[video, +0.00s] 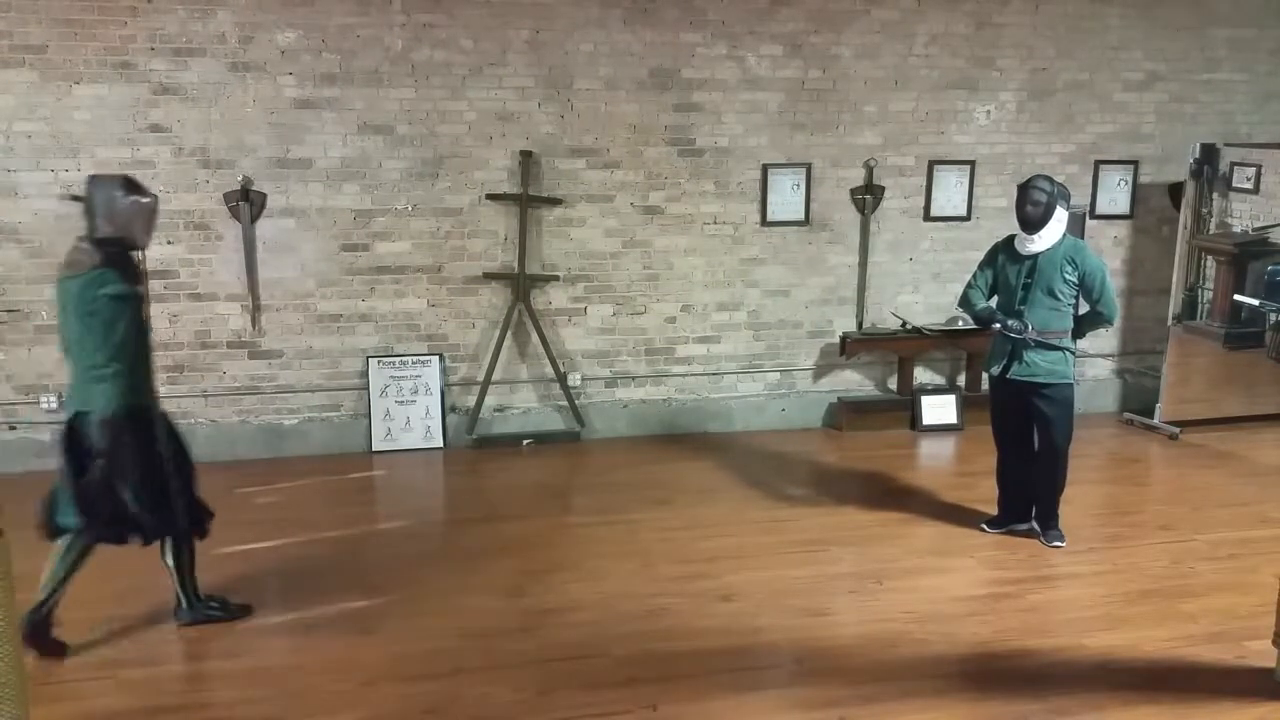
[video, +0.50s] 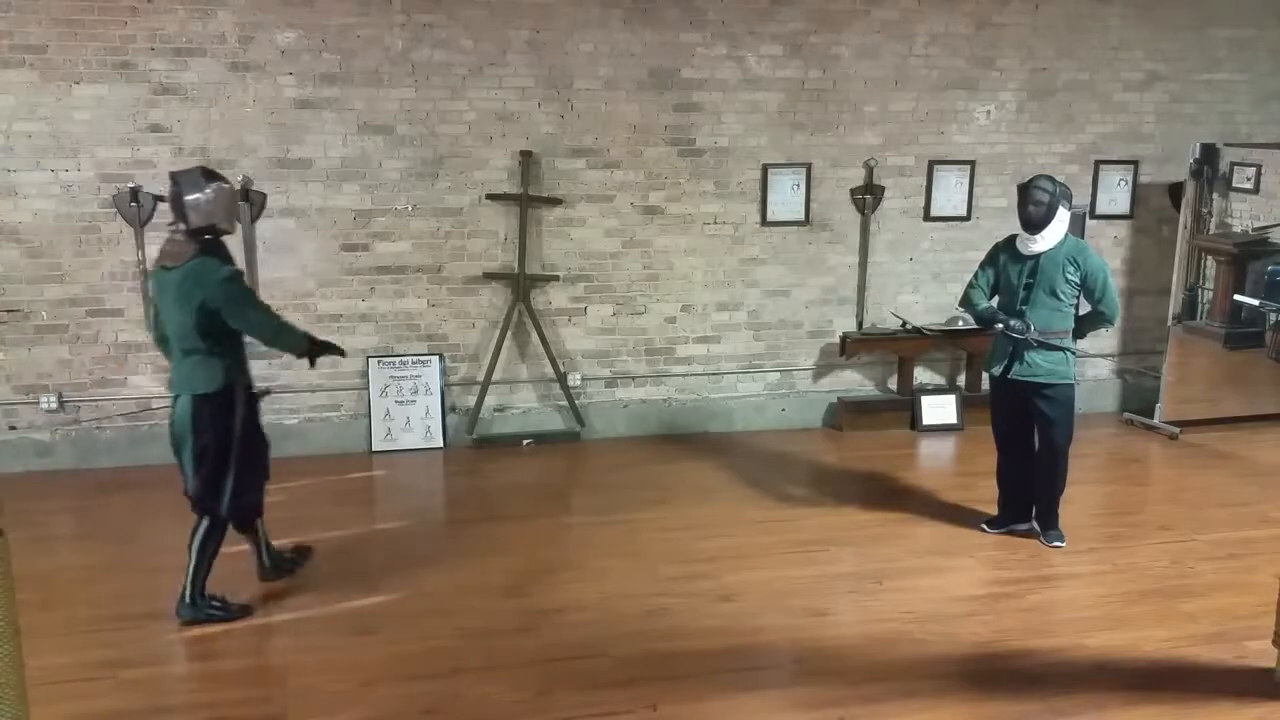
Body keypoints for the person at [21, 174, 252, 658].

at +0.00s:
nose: (147, 227)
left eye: (146, 218)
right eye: (141, 218)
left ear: (97, 224)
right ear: (121, 223)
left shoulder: (73, 278)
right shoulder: (116, 288)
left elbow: (72, 349)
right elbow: (114, 369)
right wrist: (112, 438)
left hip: (86, 418)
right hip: (130, 420)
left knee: (94, 516)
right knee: (173, 502)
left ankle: (40, 612)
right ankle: (191, 600)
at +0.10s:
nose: (172, 219)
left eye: (170, 210)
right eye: (166, 211)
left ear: (122, 215)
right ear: (147, 215)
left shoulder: (96, 267)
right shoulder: (141, 278)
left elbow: (93, 342)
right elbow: (153, 357)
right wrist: (174, 410)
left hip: (111, 404)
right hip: (148, 405)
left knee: (137, 506)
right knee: (180, 503)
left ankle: (88, 585)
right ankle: (191, 601)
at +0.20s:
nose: (189, 216)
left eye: (188, 207)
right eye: (182, 208)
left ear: (137, 211)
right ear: (165, 211)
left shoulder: (116, 262)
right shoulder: (161, 274)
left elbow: (114, 338)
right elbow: (195, 355)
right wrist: (242, 415)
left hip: (133, 395)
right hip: (168, 398)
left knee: (165, 490)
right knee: (188, 493)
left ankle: (148, 580)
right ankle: (192, 601)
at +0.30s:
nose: (202, 214)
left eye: (201, 205)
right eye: (196, 206)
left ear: (151, 213)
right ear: (181, 213)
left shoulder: (131, 269)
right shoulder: (180, 272)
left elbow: (130, 339)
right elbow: (230, 344)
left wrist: (181, 364)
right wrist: (299, 390)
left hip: (152, 395)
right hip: (187, 396)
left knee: (185, 485)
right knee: (198, 492)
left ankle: (206, 570)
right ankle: (191, 602)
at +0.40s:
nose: (217, 216)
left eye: (214, 207)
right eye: (212, 208)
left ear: (165, 217)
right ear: (201, 215)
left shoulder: (148, 272)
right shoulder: (196, 272)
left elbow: (149, 341)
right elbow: (252, 335)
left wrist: (209, 372)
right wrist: (316, 360)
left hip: (171, 398)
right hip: (203, 399)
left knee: (216, 486)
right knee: (207, 499)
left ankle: (253, 561)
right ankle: (192, 600)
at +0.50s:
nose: (234, 213)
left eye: (230, 205)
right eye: (228, 206)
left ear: (185, 217)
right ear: (215, 214)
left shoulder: (164, 271)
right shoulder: (215, 273)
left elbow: (162, 336)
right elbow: (263, 323)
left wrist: (199, 362)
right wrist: (309, 345)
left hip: (191, 391)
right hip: (221, 393)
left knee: (241, 474)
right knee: (221, 495)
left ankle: (267, 557)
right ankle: (193, 599)